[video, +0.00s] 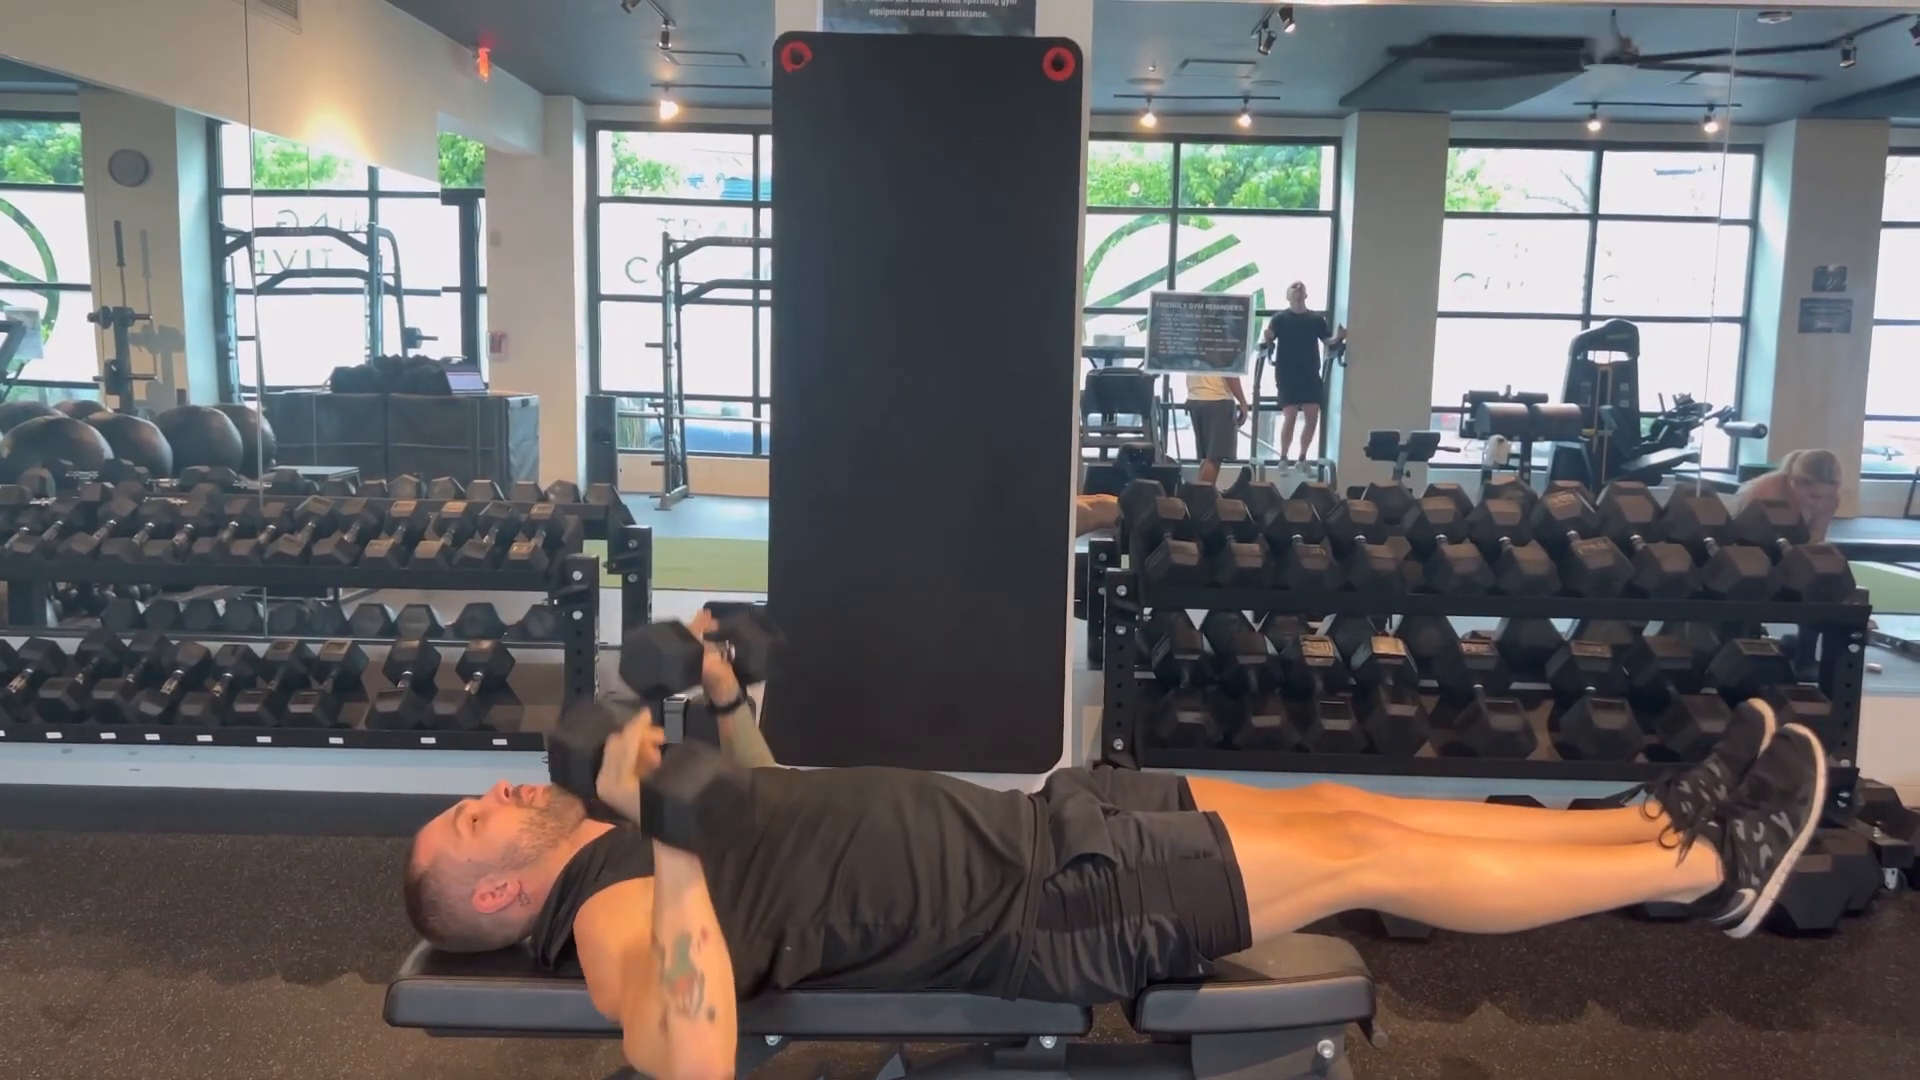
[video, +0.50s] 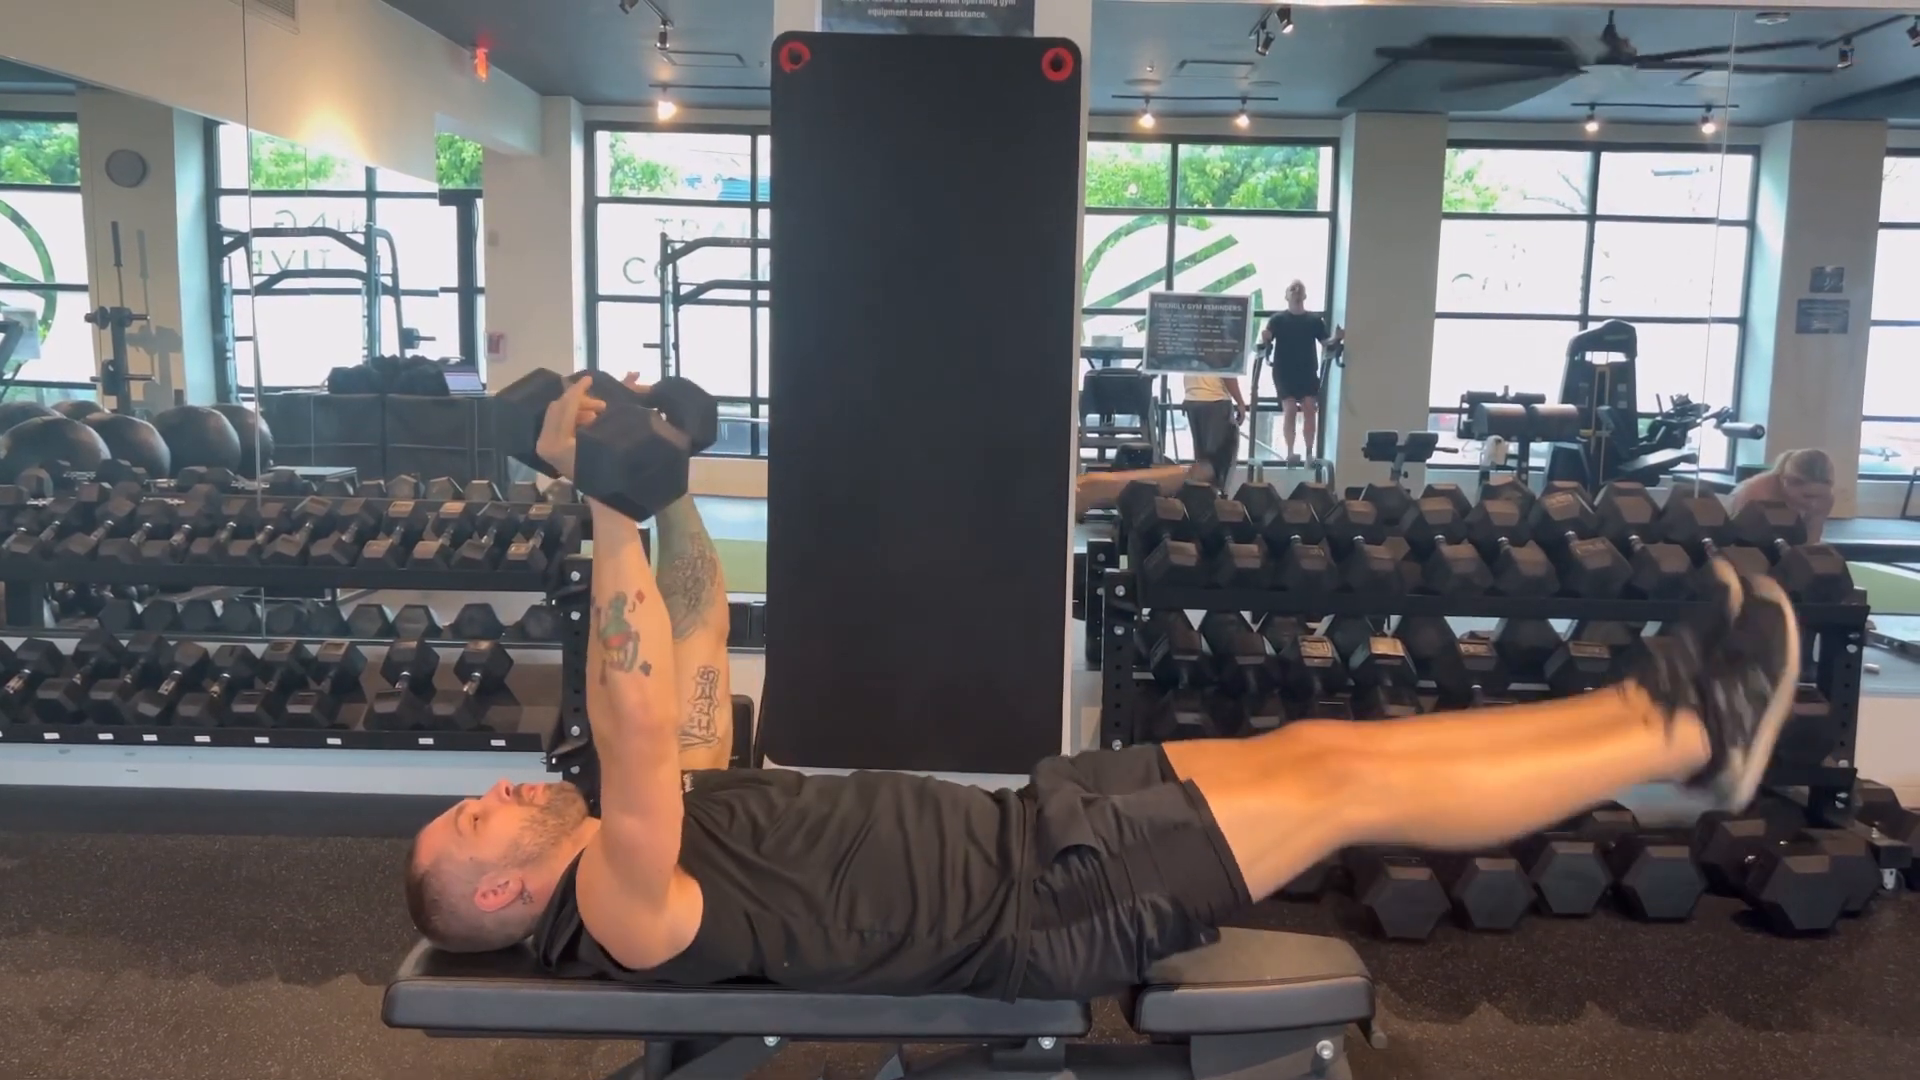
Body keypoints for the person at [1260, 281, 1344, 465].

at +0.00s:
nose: (1298, 289)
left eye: (1301, 287)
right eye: (1295, 287)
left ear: (1306, 294)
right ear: (1288, 295)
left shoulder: (1316, 319)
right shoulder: (1280, 318)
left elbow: (1328, 343)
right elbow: (1266, 345)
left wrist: (1339, 337)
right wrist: (1267, 339)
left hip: (1310, 372)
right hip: (1287, 372)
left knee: (1312, 416)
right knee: (1290, 415)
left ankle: (1302, 458)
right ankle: (1283, 457)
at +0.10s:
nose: (1299, 293)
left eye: (1301, 291)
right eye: (1295, 290)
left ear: (1305, 296)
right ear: (1288, 296)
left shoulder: (1315, 320)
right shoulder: (1280, 319)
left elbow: (1328, 344)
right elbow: (1265, 345)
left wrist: (1338, 338)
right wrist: (1266, 339)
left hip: (1310, 374)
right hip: (1286, 375)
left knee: (1310, 421)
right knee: (1287, 420)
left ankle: (1299, 458)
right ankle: (1280, 459)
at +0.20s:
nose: (1298, 292)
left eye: (1301, 290)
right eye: (1295, 289)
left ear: (1305, 296)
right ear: (1287, 297)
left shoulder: (1315, 320)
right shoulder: (1279, 320)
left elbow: (1328, 344)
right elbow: (1265, 346)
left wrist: (1338, 338)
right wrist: (1266, 340)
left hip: (1308, 376)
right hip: (1285, 377)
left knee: (1307, 424)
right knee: (1285, 423)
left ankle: (1297, 459)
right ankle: (1279, 460)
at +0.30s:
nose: (1298, 292)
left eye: (1300, 289)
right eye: (1294, 289)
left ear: (1304, 296)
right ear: (1287, 296)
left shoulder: (1314, 320)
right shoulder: (1278, 320)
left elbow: (1327, 344)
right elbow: (1264, 346)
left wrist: (1338, 338)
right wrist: (1265, 339)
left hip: (1307, 376)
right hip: (1284, 376)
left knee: (1305, 424)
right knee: (1284, 422)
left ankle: (1298, 460)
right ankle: (1279, 461)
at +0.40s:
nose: (1297, 291)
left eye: (1300, 288)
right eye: (1293, 288)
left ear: (1305, 295)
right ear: (1287, 296)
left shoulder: (1314, 320)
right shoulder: (1278, 320)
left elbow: (1326, 344)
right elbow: (1265, 345)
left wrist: (1337, 338)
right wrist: (1265, 339)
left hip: (1307, 375)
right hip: (1284, 376)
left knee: (1305, 422)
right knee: (1285, 422)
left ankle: (1301, 461)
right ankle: (1282, 462)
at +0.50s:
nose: (1297, 292)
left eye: (1300, 289)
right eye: (1293, 289)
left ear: (1305, 295)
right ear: (1287, 295)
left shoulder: (1314, 320)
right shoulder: (1278, 319)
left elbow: (1326, 344)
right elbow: (1265, 343)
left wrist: (1337, 338)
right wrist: (1265, 338)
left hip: (1307, 368)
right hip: (1284, 369)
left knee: (1309, 408)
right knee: (1290, 408)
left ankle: (1309, 453)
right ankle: (1290, 453)